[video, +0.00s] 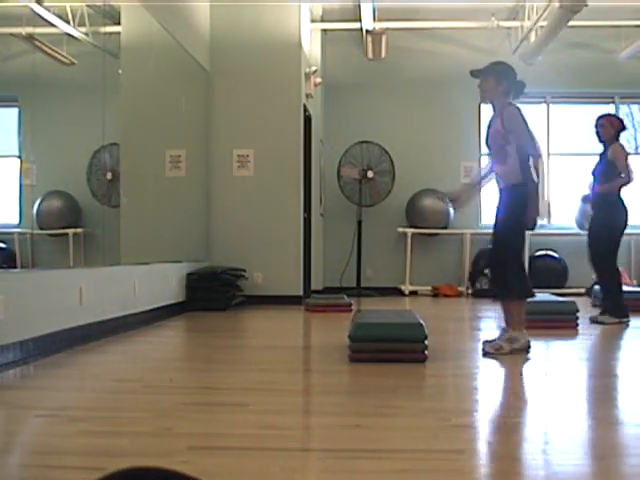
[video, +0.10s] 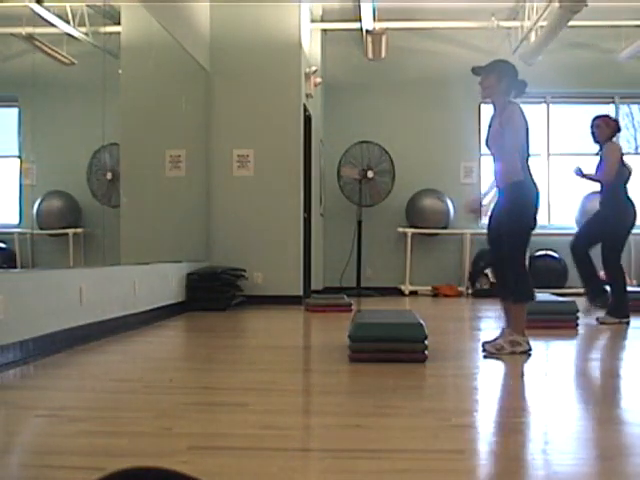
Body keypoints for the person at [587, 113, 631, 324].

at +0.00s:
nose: (599, 130)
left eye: (603, 126)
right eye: (598, 127)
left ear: (615, 129)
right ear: (599, 130)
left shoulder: (616, 149)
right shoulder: (608, 151)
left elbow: (626, 176)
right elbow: (611, 179)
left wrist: (603, 188)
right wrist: (594, 194)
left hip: (610, 207)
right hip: (602, 207)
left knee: (604, 258)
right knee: (600, 258)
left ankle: (616, 309)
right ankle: (611, 306)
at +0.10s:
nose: (594, 131)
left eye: (599, 127)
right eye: (593, 128)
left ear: (611, 130)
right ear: (594, 131)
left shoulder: (611, 148)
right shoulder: (611, 151)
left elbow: (607, 176)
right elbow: (625, 172)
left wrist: (585, 176)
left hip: (613, 211)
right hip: (622, 210)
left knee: (578, 245)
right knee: (611, 258)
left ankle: (597, 295)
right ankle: (619, 310)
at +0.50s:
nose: (601, 129)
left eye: (605, 126)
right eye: (599, 126)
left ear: (616, 129)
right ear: (598, 130)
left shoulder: (619, 150)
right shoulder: (607, 153)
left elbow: (634, 174)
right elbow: (604, 184)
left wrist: (613, 189)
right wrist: (584, 187)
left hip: (613, 208)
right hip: (604, 208)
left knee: (604, 257)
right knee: (604, 257)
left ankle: (618, 309)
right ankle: (615, 306)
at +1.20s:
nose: (598, 130)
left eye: (602, 126)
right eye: (595, 127)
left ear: (612, 129)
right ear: (593, 131)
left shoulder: (611, 146)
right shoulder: (609, 149)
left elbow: (618, 171)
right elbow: (627, 170)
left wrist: (595, 181)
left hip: (620, 207)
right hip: (611, 206)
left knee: (614, 256)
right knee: (584, 247)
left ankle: (620, 306)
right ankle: (603, 293)